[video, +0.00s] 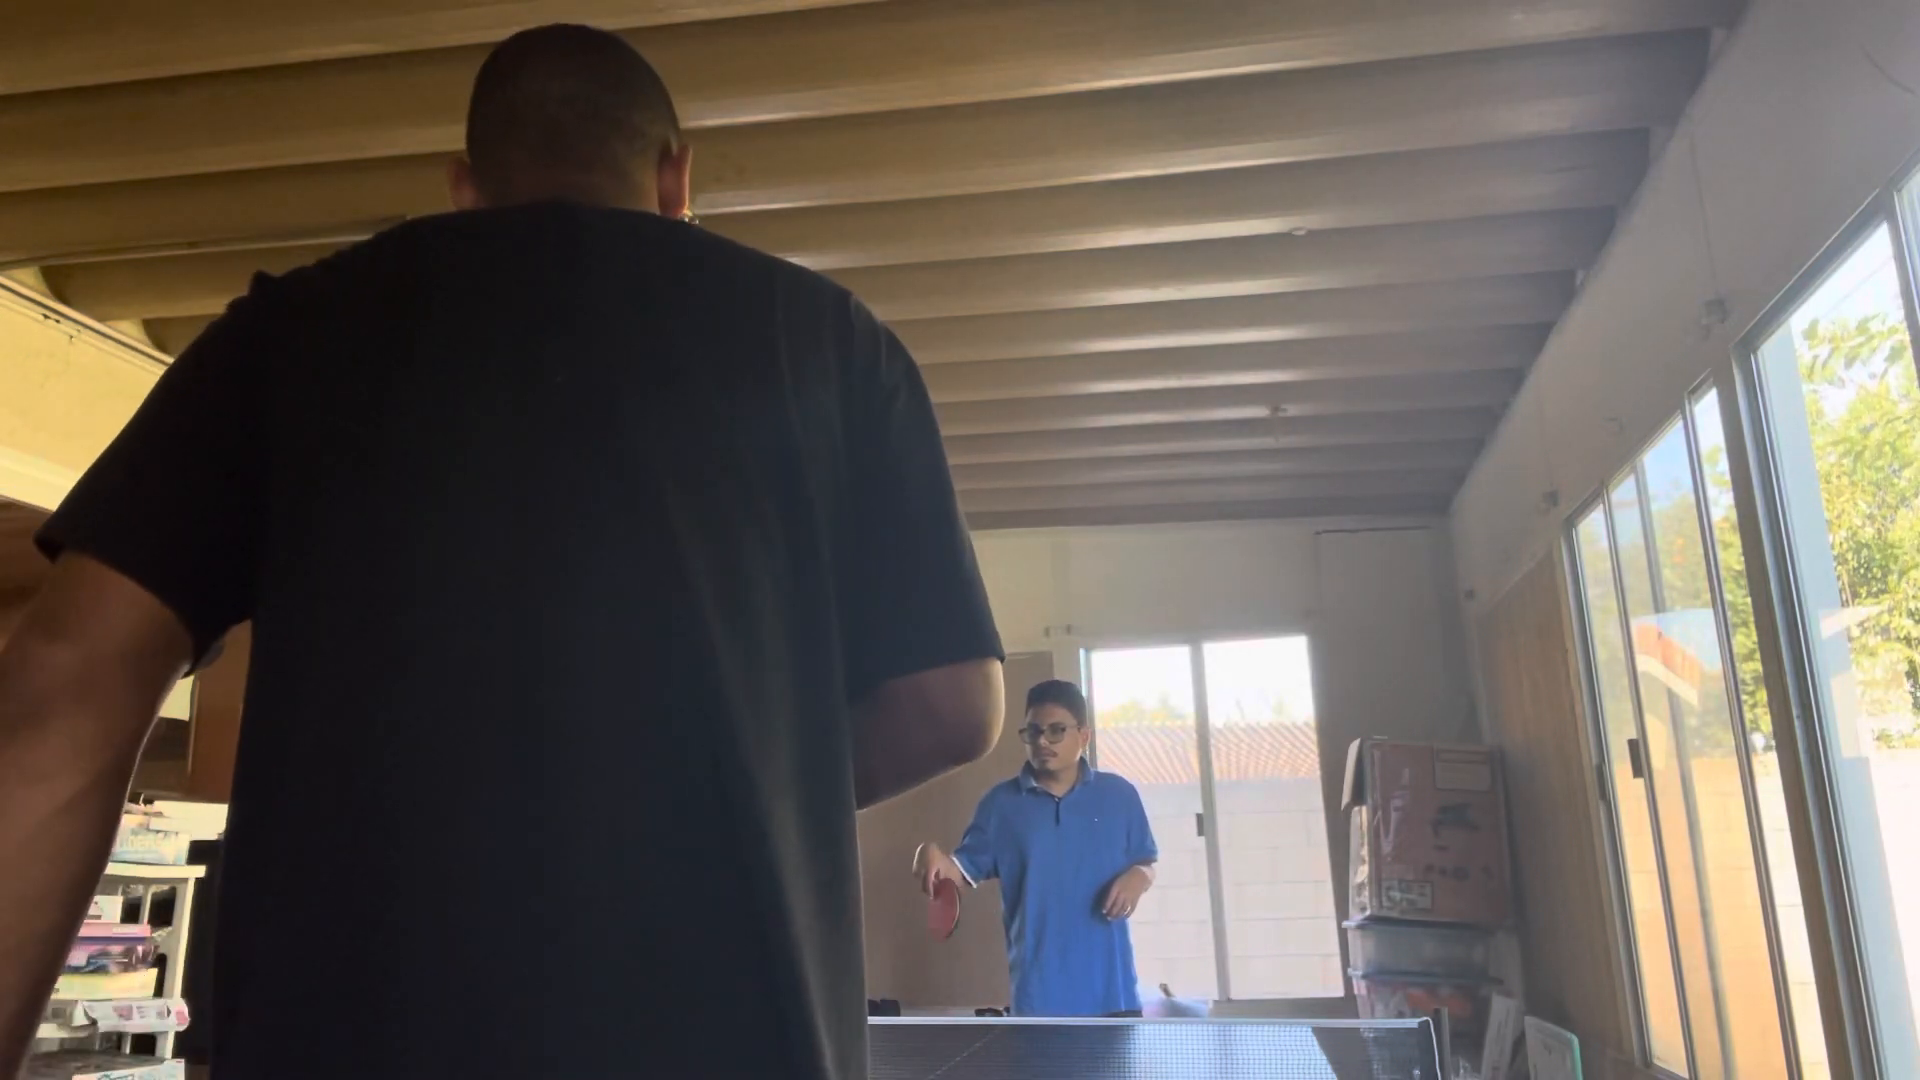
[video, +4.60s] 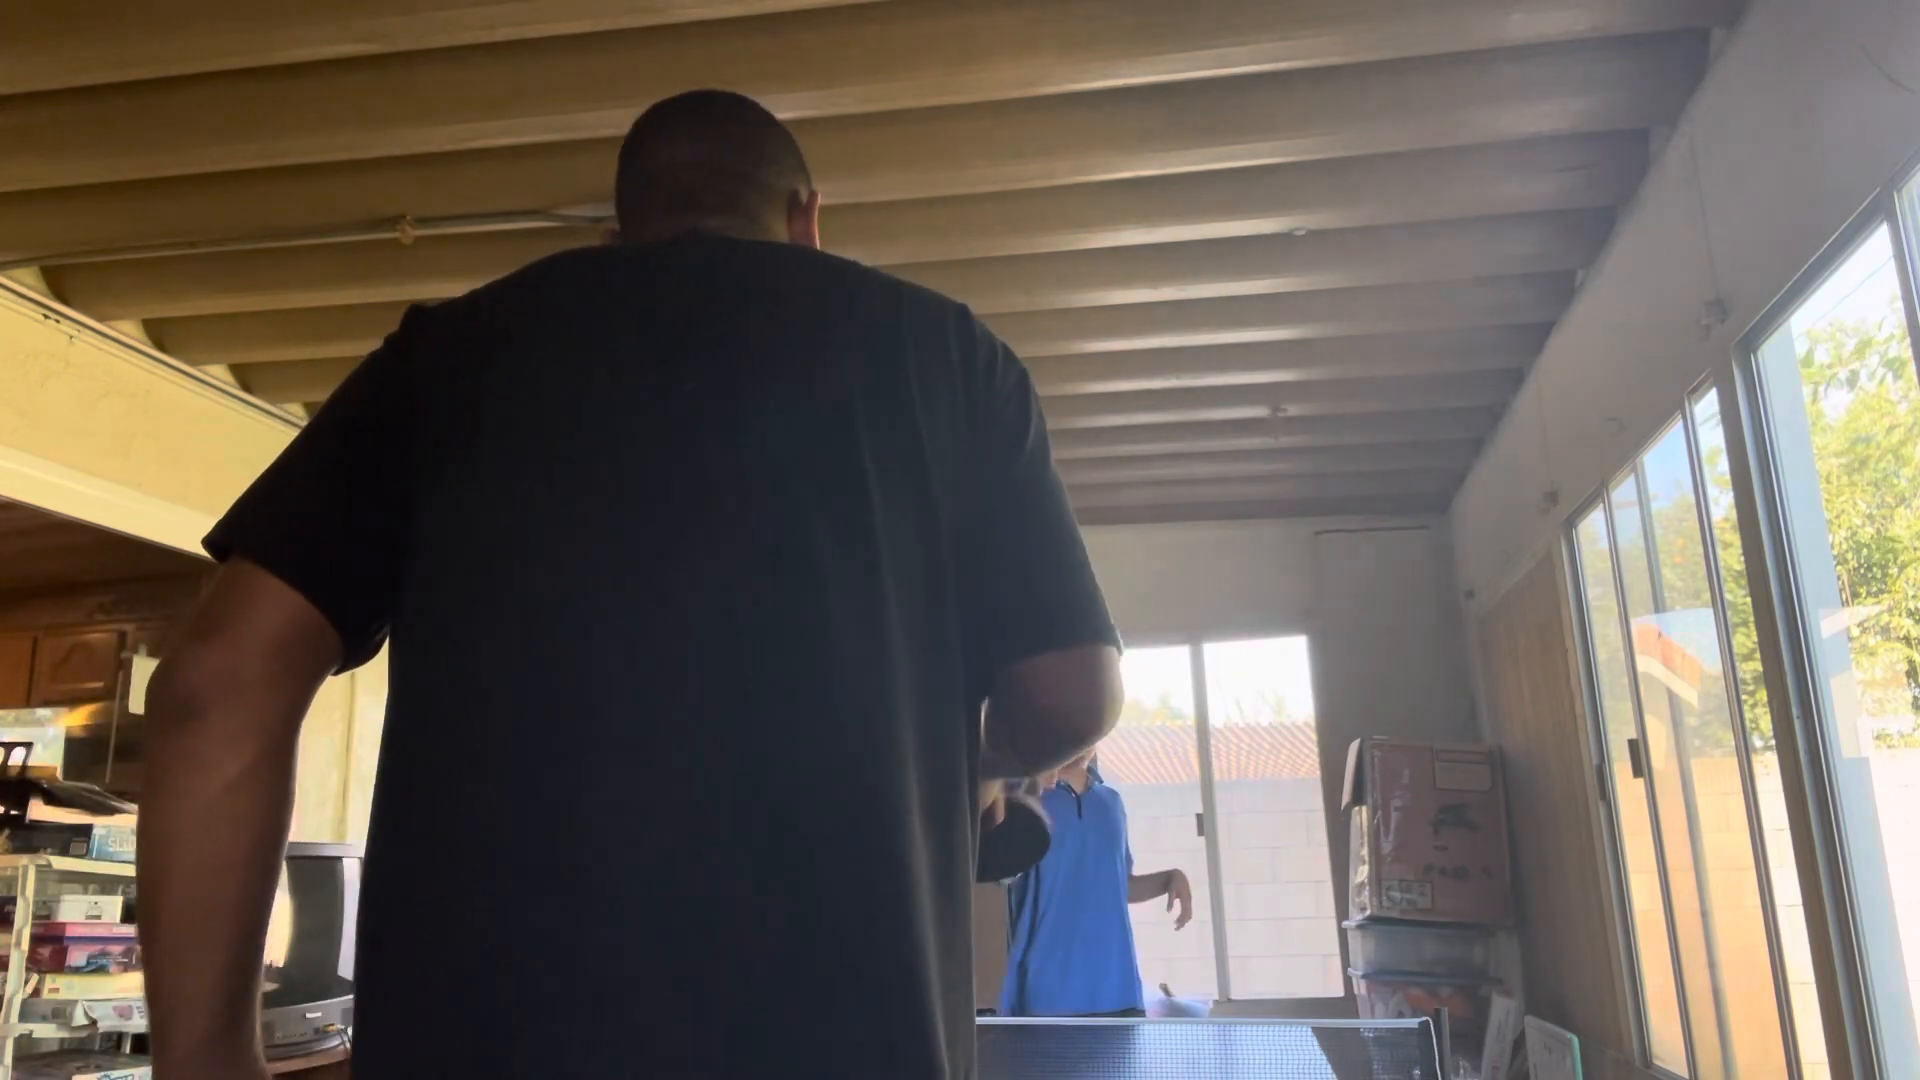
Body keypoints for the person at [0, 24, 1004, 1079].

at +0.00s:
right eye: (688, 184)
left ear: (462, 179)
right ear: (677, 181)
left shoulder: (298, 325)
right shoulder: (822, 331)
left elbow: (67, 687)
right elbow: (946, 707)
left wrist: (10, 1033)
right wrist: (733, 784)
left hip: (342, 1029)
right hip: (725, 1033)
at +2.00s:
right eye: (699, 166)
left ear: (474, 167)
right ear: (689, 163)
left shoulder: (303, 322)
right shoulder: (836, 321)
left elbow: (71, 712)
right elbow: (961, 710)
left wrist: (34, 1051)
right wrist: (749, 802)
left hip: (354, 1030)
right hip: (733, 1032)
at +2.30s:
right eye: (731, 198)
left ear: (507, 187)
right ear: (713, 192)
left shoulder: (334, 313)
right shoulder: (861, 354)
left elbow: (77, 673)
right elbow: (932, 775)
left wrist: (35, 1050)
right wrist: (803, 959)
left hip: (366, 1034)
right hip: (764, 1044)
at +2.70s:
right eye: (785, 253)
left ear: (586, 231)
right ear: (771, 245)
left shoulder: (404, 324)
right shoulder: (899, 353)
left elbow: (142, 620)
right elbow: (1031, 681)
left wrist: (72, 1040)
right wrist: (870, 859)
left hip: (412, 1028)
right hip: (798, 1041)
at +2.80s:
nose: (786, 260)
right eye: (791, 246)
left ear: (592, 225)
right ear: (782, 246)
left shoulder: (409, 328)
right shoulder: (894, 333)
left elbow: (149, 642)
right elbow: (1072, 582)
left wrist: (104, 1048)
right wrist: (911, 789)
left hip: (429, 1025)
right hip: (824, 1030)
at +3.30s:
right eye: (818, 233)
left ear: (626, 224)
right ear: (815, 234)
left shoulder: (447, 333)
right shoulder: (934, 333)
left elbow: (182, 678)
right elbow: (1120, 655)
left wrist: (222, 1056)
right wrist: (984, 650)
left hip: (483, 1039)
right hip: (872, 1041)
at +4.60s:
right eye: (815, 219)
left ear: (613, 220)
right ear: (807, 217)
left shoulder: (453, 348)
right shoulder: (938, 347)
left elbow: (218, 684)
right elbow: (1072, 695)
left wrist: (207, 1057)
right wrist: (972, 760)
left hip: (485, 1035)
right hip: (842, 1040)